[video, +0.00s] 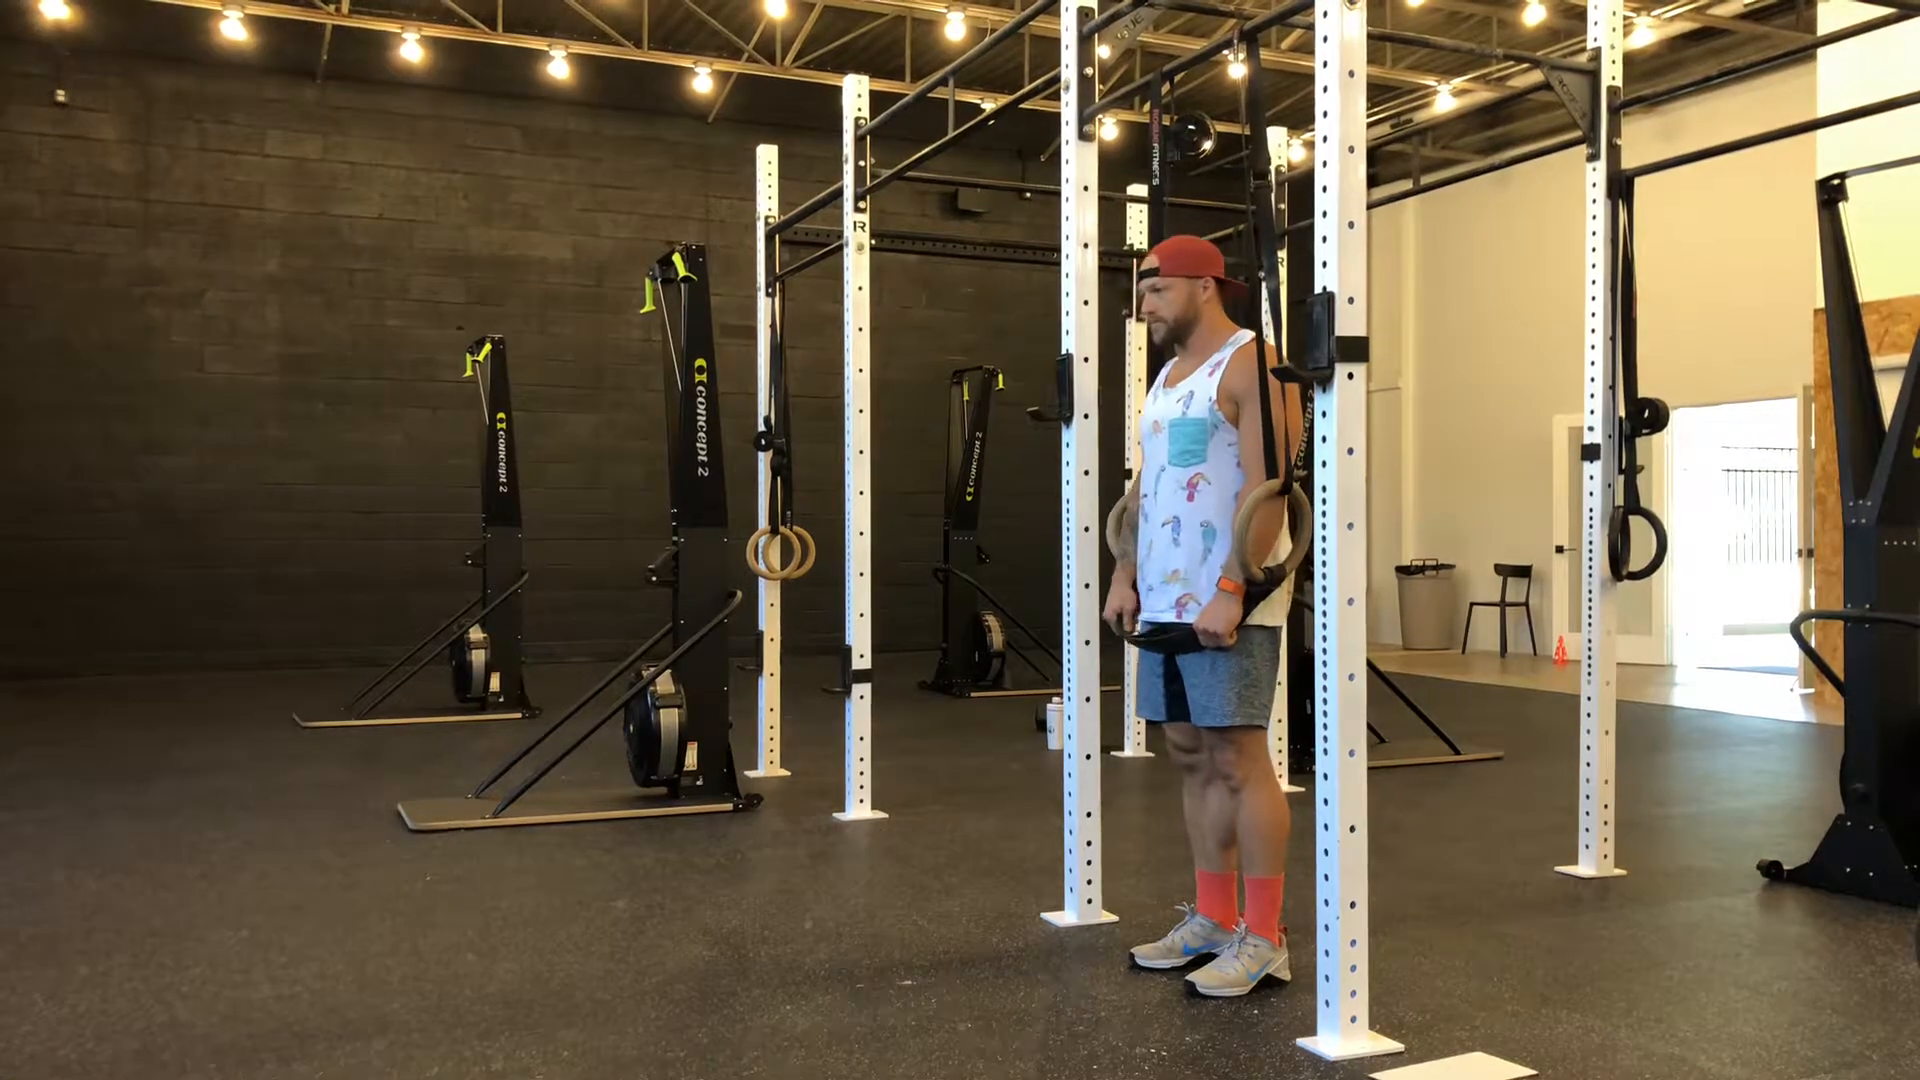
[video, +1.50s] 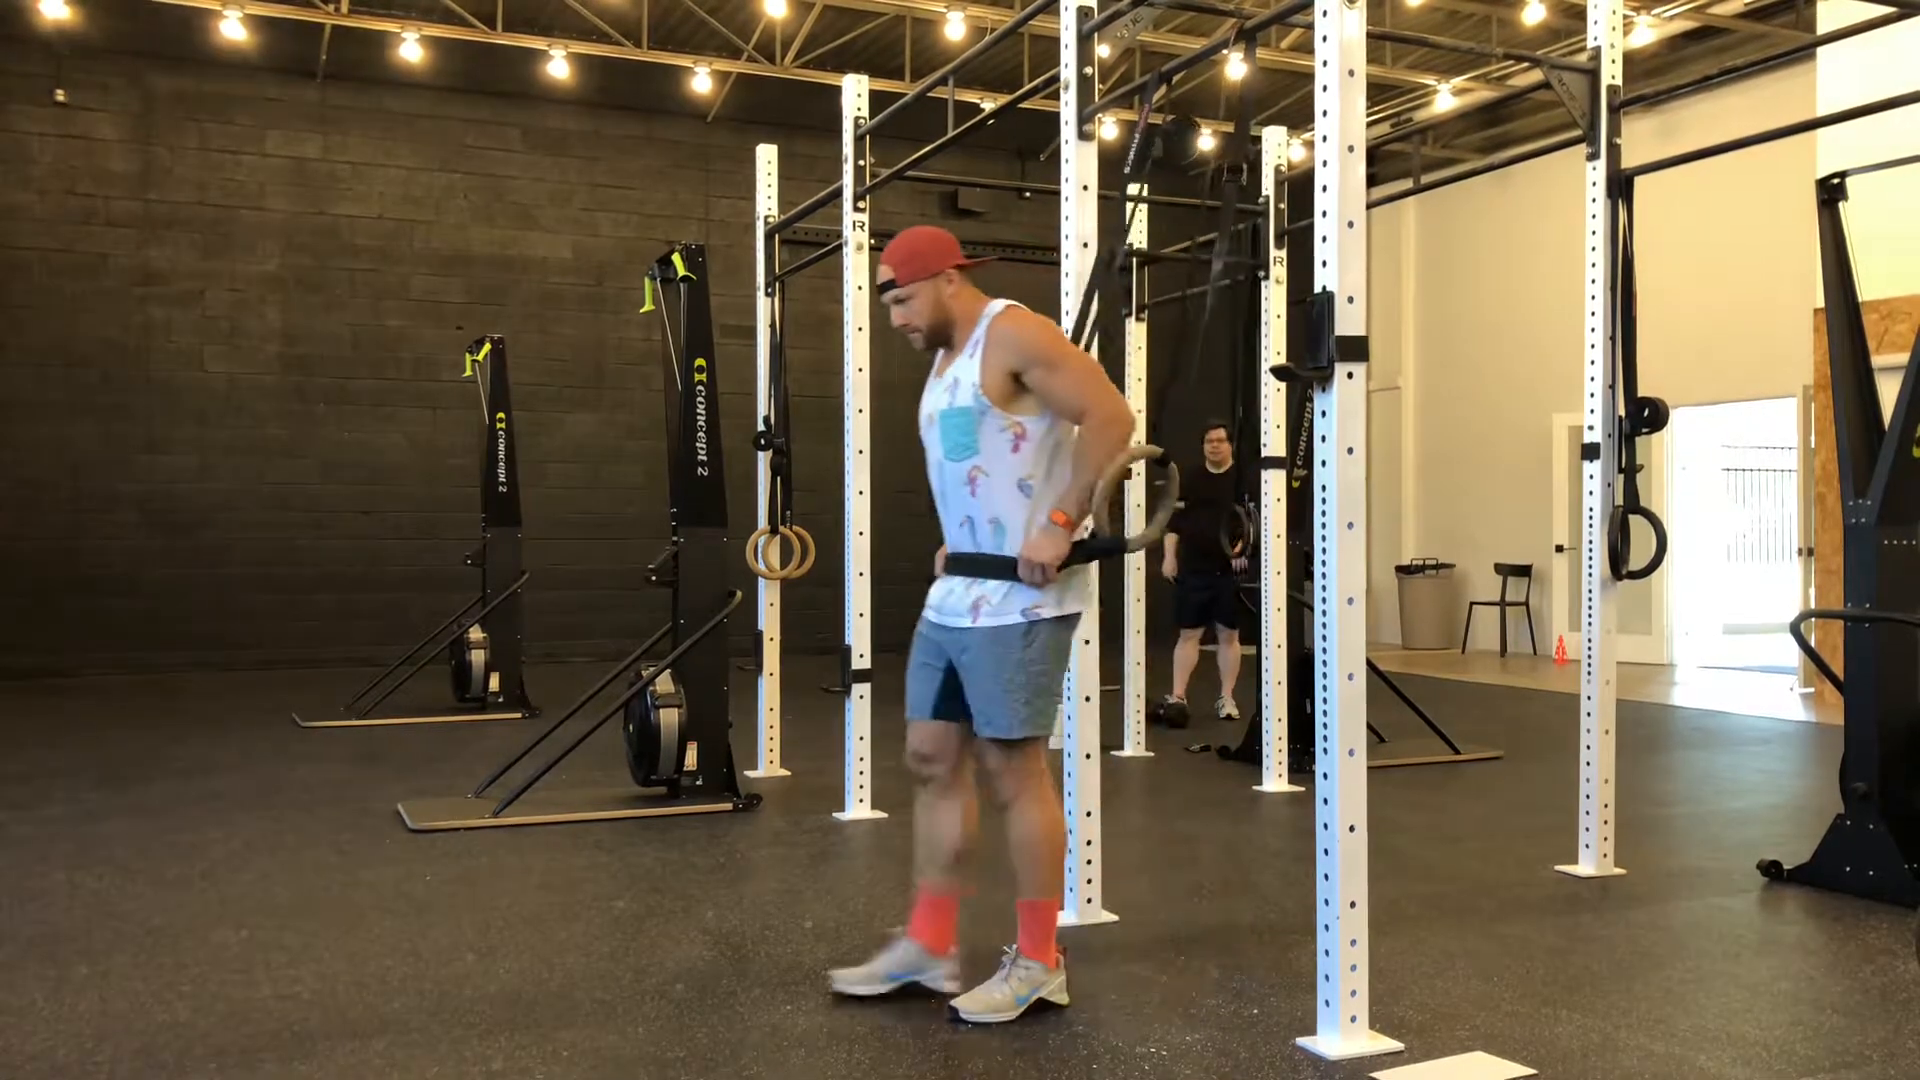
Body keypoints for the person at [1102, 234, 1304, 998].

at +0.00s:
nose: (1143, 296)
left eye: (1156, 282)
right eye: (1142, 285)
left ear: (1203, 288)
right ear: (1169, 295)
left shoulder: (1251, 364)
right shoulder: (1168, 375)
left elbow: (1267, 489)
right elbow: (1153, 491)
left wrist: (1233, 587)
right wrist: (1127, 571)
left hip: (1230, 604)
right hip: (1168, 605)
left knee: (1243, 762)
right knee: (1192, 759)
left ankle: (1263, 939)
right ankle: (1212, 921)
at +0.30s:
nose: (1139, 296)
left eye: (1153, 283)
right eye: (1138, 284)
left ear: (1199, 288)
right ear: (1158, 295)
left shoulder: (1248, 361)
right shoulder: (1161, 374)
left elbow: (1262, 485)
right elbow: (1144, 487)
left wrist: (1226, 585)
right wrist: (1117, 565)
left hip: (1230, 601)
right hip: (1167, 600)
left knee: (1243, 759)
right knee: (1191, 756)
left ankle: (1263, 938)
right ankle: (1211, 921)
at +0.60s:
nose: (1120, 304)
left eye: (1132, 291)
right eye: (1118, 293)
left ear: (1177, 295)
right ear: (1138, 301)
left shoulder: (1223, 364)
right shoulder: (1143, 376)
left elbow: (1244, 484)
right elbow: (1122, 480)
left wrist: (1197, 574)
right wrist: (1088, 551)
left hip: (1206, 595)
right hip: (1152, 594)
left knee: (1178, 754)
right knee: (1172, 754)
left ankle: (1249, 924)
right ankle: (1210, 916)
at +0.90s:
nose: (1061, 316)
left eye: (1073, 302)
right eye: (1057, 304)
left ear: (1122, 305)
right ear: (1088, 313)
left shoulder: (1175, 374)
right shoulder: (1090, 379)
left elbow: (1212, 488)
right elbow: (1082, 481)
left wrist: (1156, 558)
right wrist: (1048, 535)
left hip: (1158, 606)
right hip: (1114, 603)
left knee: (1101, 757)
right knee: (1171, 756)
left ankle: (1061, 947)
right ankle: (1217, 920)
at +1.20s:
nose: (971, 314)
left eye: (980, 298)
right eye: (968, 300)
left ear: (1029, 292)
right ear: (1010, 299)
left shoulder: (1091, 359)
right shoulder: (1016, 372)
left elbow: (1171, 444)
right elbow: (1046, 477)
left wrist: (1104, 531)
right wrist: (1004, 533)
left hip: (1073, 597)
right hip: (1027, 595)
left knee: (1028, 762)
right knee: (1041, 765)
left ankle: (1037, 959)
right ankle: (1164, 874)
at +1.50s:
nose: (893, 313)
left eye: (900, 294)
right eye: (888, 298)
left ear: (947, 280)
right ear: (930, 288)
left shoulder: (1016, 335)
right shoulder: (943, 367)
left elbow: (1111, 418)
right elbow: (983, 474)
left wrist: (1060, 521)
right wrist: (953, 554)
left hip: (1017, 602)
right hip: (955, 598)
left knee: (1017, 768)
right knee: (934, 757)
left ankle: (1036, 962)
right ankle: (929, 947)